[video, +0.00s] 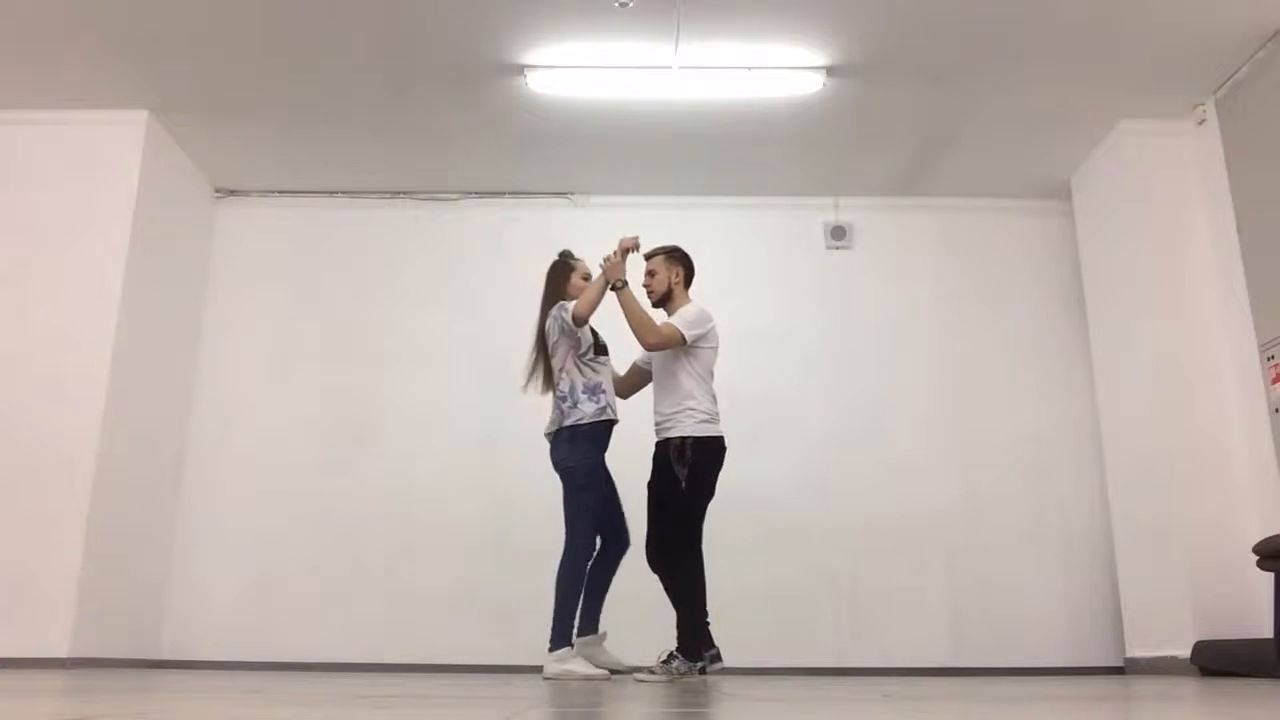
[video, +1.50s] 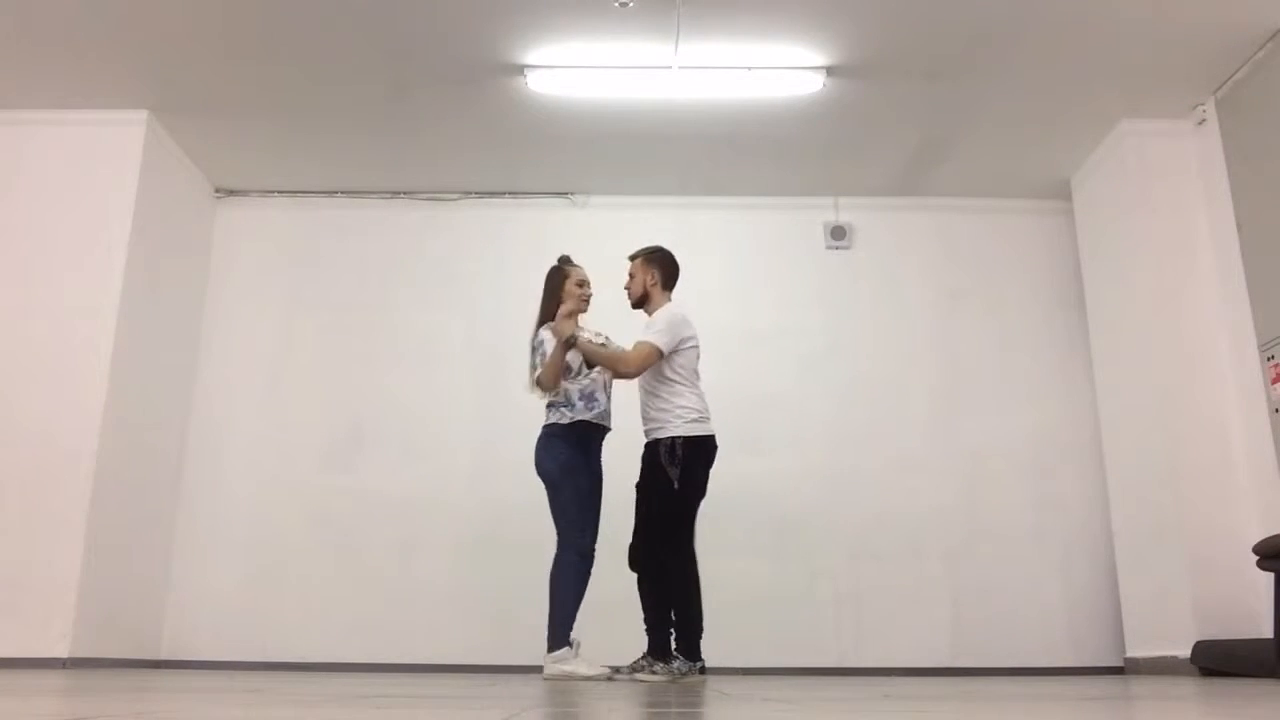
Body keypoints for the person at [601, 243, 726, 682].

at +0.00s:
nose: (645, 282)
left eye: (652, 273)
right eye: (643, 276)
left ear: (677, 274)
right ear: (662, 279)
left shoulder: (698, 316)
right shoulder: (664, 336)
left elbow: (653, 338)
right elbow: (622, 386)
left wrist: (619, 286)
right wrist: (580, 358)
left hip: (695, 443)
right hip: (671, 445)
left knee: (678, 548)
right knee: (663, 551)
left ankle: (690, 653)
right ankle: (701, 646)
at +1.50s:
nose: (625, 283)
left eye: (630, 274)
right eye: (627, 275)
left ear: (652, 276)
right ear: (653, 278)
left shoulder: (671, 318)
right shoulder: (659, 322)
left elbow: (629, 365)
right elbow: (628, 365)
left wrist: (577, 340)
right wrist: (596, 347)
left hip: (681, 444)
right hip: (668, 444)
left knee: (665, 551)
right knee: (652, 551)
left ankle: (682, 657)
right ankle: (663, 654)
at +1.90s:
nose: (610, 287)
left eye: (614, 278)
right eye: (612, 279)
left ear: (632, 280)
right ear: (641, 283)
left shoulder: (647, 322)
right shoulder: (650, 326)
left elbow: (587, 354)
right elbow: (616, 378)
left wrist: (540, 321)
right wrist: (561, 366)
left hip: (662, 445)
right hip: (662, 445)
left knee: (624, 537)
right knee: (641, 542)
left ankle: (639, 647)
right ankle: (654, 650)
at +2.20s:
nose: (610, 290)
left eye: (615, 282)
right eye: (611, 283)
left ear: (637, 285)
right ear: (637, 286)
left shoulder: (655, 326)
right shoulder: (635, 338)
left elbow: (600, 344)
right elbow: (598, 375)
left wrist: (569, 303)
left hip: (662, 451)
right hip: (637, 451)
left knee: (635, 549)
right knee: (600, 547)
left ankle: (637, 653)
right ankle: (634, 641)